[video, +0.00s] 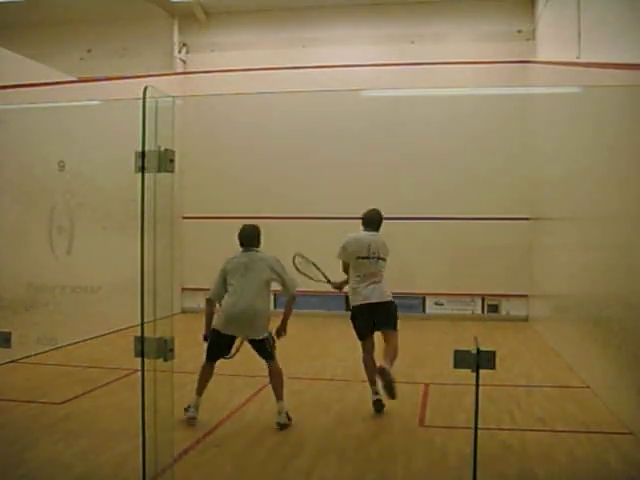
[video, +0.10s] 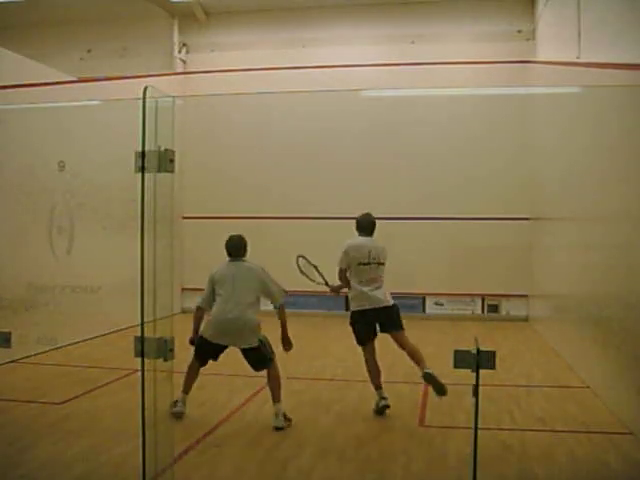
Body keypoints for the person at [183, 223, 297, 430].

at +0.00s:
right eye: (258, 239)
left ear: (239, 242)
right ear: (259, 241)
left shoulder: (229, 263)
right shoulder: (269, 261)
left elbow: (211, 299)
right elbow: (291, 293)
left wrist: (207, 329)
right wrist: (283, 323)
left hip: (227, 319)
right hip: (257, 321)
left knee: (209, 361)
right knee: (272, 363)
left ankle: (194, 406)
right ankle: (281, 411)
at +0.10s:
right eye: (243, 247)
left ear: (226, 252)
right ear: (245, 250)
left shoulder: (217, 273)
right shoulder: (257, 272)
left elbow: (201, 307)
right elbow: (279, 303)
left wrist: (194, 334)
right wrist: (285, 335)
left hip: (217, 327)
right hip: (247, 329)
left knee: (197, 361)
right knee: (270, 364)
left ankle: (181, 402)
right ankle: (279, 415)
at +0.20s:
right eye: (220, 243)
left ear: (203, 247)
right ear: (222, 246)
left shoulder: (193, 270)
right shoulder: (233, 268)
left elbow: (181, 303)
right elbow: (256, 301)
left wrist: (174, 331)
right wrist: (270, 330)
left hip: (198, 328)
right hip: (227, 329)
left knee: (182, 357)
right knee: (252, 364)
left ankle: (184, 402)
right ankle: (273, 408)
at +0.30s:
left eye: (181, 242)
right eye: (194, 240)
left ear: (178, 244)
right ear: (197, 243)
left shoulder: (170, 266)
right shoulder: (209, 266)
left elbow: (159, 298)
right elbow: (233, 295)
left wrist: (148, 325)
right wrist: (250, 322)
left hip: (174, 325)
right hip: (199, 325)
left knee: (158, 356)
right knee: (217, 359)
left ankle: (173, 395)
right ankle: (234, 395)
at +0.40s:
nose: (158, 256)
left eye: (156, 253)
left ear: (155, 254)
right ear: (173, 253)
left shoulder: (148, 276)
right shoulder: (185, 276)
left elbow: (137, 308)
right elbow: (210, 300)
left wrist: (123, 337)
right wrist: (231, 325)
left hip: (151, 335)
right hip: (177, 335)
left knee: (123, 351)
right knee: (183, 359)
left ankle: (137, 392)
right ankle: (202, 397)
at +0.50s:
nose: (120, 259)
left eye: (120, 256)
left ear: (121, 259)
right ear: (140, 258)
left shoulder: (118, 280)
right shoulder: (152, 278)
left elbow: (114, 316)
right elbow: (177, 306)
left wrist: (100, 346)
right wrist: (195, 331)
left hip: (130, 339)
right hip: (154, 338)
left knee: (93, 357)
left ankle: (96, 400)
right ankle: (197, 393)